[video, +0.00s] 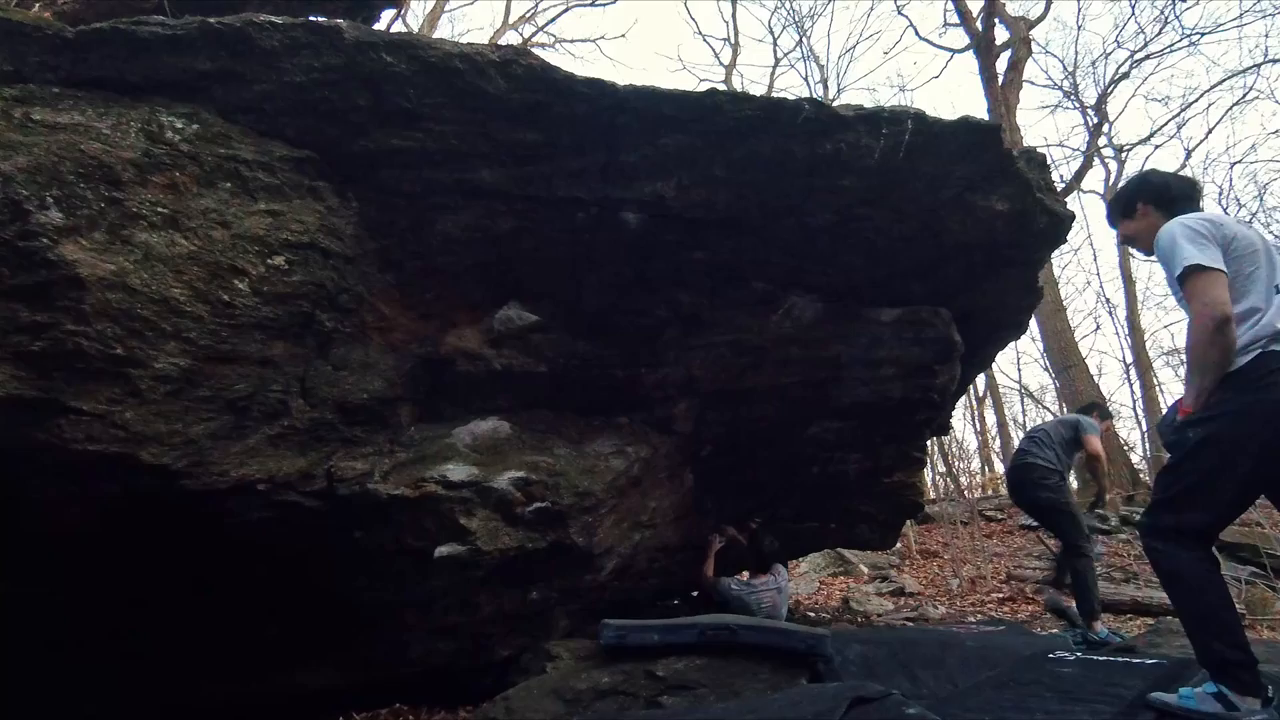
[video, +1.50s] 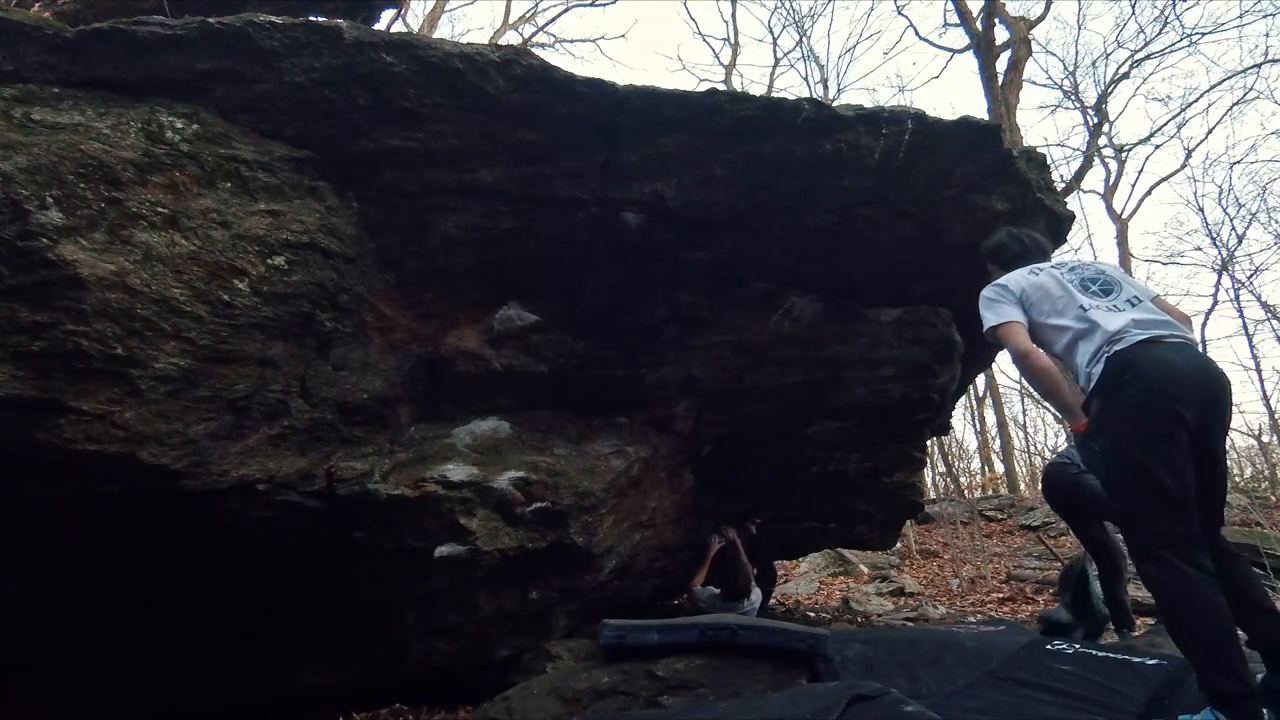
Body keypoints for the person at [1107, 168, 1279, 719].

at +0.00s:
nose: (1125, 240)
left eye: (1124, 226)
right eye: (1120, 231)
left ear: (1148, 209)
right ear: (1170, 206)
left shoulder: (1181, 229)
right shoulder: (1237, 234)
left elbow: (1216, 314)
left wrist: (1195, 400)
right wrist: (1198, 400)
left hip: (1260, 382)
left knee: (1170, 528)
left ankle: (1237, 685)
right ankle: (1239, 682)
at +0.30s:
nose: (1117, 254)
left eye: (1111, 240)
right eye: (1110, 245)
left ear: (1124, 224)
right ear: (1165, 211)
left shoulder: (1152, 237)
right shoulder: (1238, 246)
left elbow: (1190, 320)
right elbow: (1272, 295)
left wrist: (1181, 408)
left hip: (1252, 382)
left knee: (1164, 527)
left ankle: (1238, 686)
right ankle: (1242, 683)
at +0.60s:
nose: (1081, 257)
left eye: (1079, 248)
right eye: (1077, 251)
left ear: (1090, 238)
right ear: (1130, 221)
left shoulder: (1116, 248)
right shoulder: (1191, 254)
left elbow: (1154, 331)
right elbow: (1239, 323)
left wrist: (1153, 415)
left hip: (1228, 385)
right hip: (1275, 376)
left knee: (1151, 539)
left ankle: (1237, 687)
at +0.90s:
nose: (1026, 282)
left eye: (1024, 273)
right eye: (1021, 275)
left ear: (1033, 266)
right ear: (1078, 249)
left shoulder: (1053, 276)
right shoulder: (1133, 277)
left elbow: (1096, 348)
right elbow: (1194, 335)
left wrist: (1115, 428)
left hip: (1175, 402)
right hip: (1248, 392)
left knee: (1151, 556)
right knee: (1275, 545)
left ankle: (1237, 701)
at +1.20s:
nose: (991, 274)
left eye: (990, 267)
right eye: (989, 269)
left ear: (997, 262)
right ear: (1045, 247)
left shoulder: (1009, 275)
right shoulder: (1095, 268)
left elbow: (1045, 345)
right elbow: (1150, 322)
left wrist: (1080, 415)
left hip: (1135, 387)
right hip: (1203, 373)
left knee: (1160, 555)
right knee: (1255, 532)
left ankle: (1235, 704)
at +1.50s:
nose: (991, 281)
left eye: (990, 276)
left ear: (997, 271)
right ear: (1043, 255)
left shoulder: (1000, 288)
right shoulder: (1098, 268)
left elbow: (1025, 352)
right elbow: (1179, 317)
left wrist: (1074, 416)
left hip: (1135, 379)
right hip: (1202, 370)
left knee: (1164, 553)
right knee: (1207, 536)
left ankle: (1234, 703)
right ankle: (1276, 657)